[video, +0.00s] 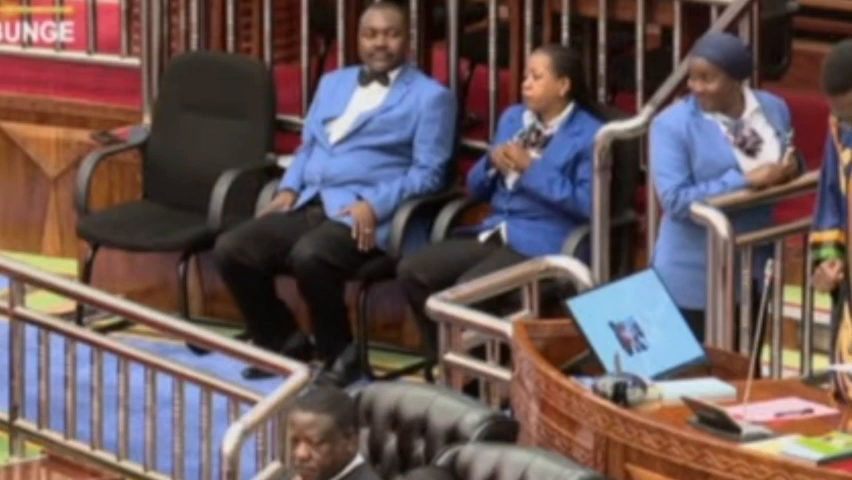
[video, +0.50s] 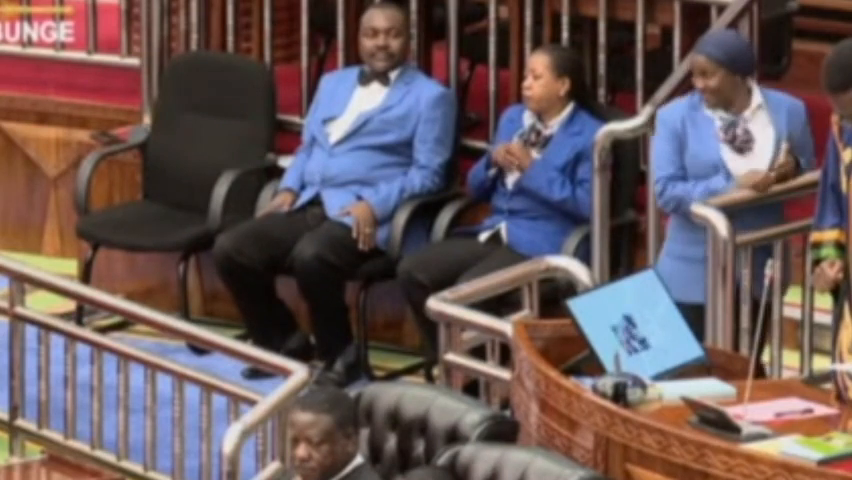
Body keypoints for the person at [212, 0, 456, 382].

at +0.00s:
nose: (380, 43)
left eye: (390, 34)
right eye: (371, 34)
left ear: (406, 40)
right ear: (358, 40)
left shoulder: (430, 97)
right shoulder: (333, 83)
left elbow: (429, 173)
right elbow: (308, 149)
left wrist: (374, 205)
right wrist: (288, 189)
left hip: (369, 215)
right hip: (313, 206)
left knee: (311, 257)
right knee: (233, 250)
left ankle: (339, 359)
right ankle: (283, 345)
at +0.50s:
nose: (381, 43)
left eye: (391, 34)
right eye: (372, 34)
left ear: (407, 40)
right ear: (359, 39)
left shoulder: (430, 97)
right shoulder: (333, 83)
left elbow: (429, 174)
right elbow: (308, 150)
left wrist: (374, 205)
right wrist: (288, 189)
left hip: (368, 215)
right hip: (313, 207)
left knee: (311, 258)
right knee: (233, 250)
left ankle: (340, 359)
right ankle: (282, 343)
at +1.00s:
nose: (381, 43)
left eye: (392, 34)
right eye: (372, 34)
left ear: (407, 40)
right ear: (359, 39)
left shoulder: (430, 96)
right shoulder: (333, 83)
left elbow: (429, 174)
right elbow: (308, 149)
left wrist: (375, 205)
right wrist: (288, 189)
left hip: (367, 215)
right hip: (313, 207)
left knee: (311, 257)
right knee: (233, 250)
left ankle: (340, 359)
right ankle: (282, 343)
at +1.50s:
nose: (381, 43)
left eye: (391, 34)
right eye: (372, 34)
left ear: (407, 40)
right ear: (359, 39)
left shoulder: (430, 97)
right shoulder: (333, 83)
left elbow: (429, 174)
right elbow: (308, 150)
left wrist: (374, 205)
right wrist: (288, 189)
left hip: (367, 215)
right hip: (313, 207)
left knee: (311, 256)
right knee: (233, 249)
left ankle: (339, 359)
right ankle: (282, 343)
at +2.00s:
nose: (381, 43)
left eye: (391, 34)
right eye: (372, 34)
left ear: (407, 40)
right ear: (359, 39)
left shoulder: (430, 97)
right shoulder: (333, 83)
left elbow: (429, 174)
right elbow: (308, 150)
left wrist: (375, 204)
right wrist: (288, 189)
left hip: (364, 213)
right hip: (310, 206)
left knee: (310, 249)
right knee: (233, 242)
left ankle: (340, 351)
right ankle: (280, 337)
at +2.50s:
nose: (382, 41)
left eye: (393, 32)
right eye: (373, 31)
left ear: (409, 40)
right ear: (360, 38)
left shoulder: (413, 89)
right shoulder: (332, 84)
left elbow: (414, 165)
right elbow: (308, 148)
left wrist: (372, 203)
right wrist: (288, 190)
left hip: (359, 208)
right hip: (309, 204)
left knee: (302, 245)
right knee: (238, 240)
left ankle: (340, 346)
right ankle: (280, 337)